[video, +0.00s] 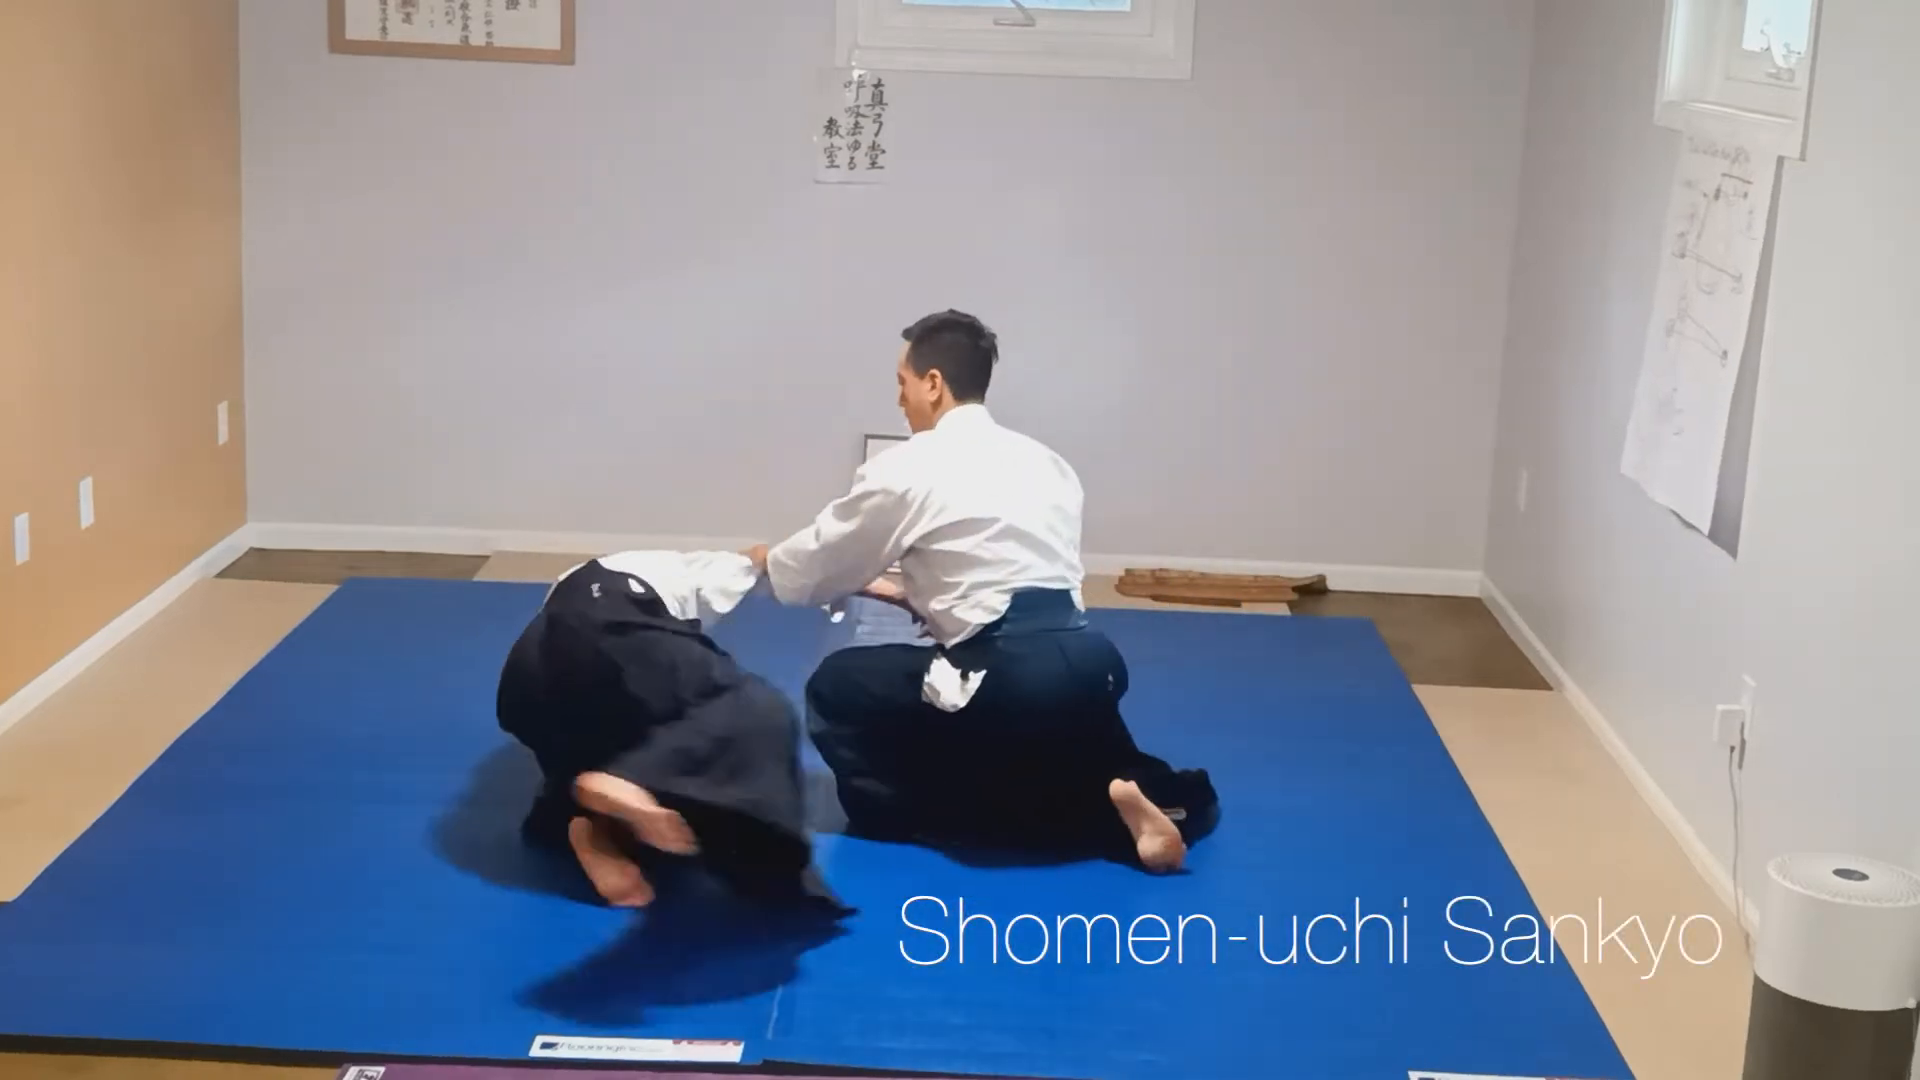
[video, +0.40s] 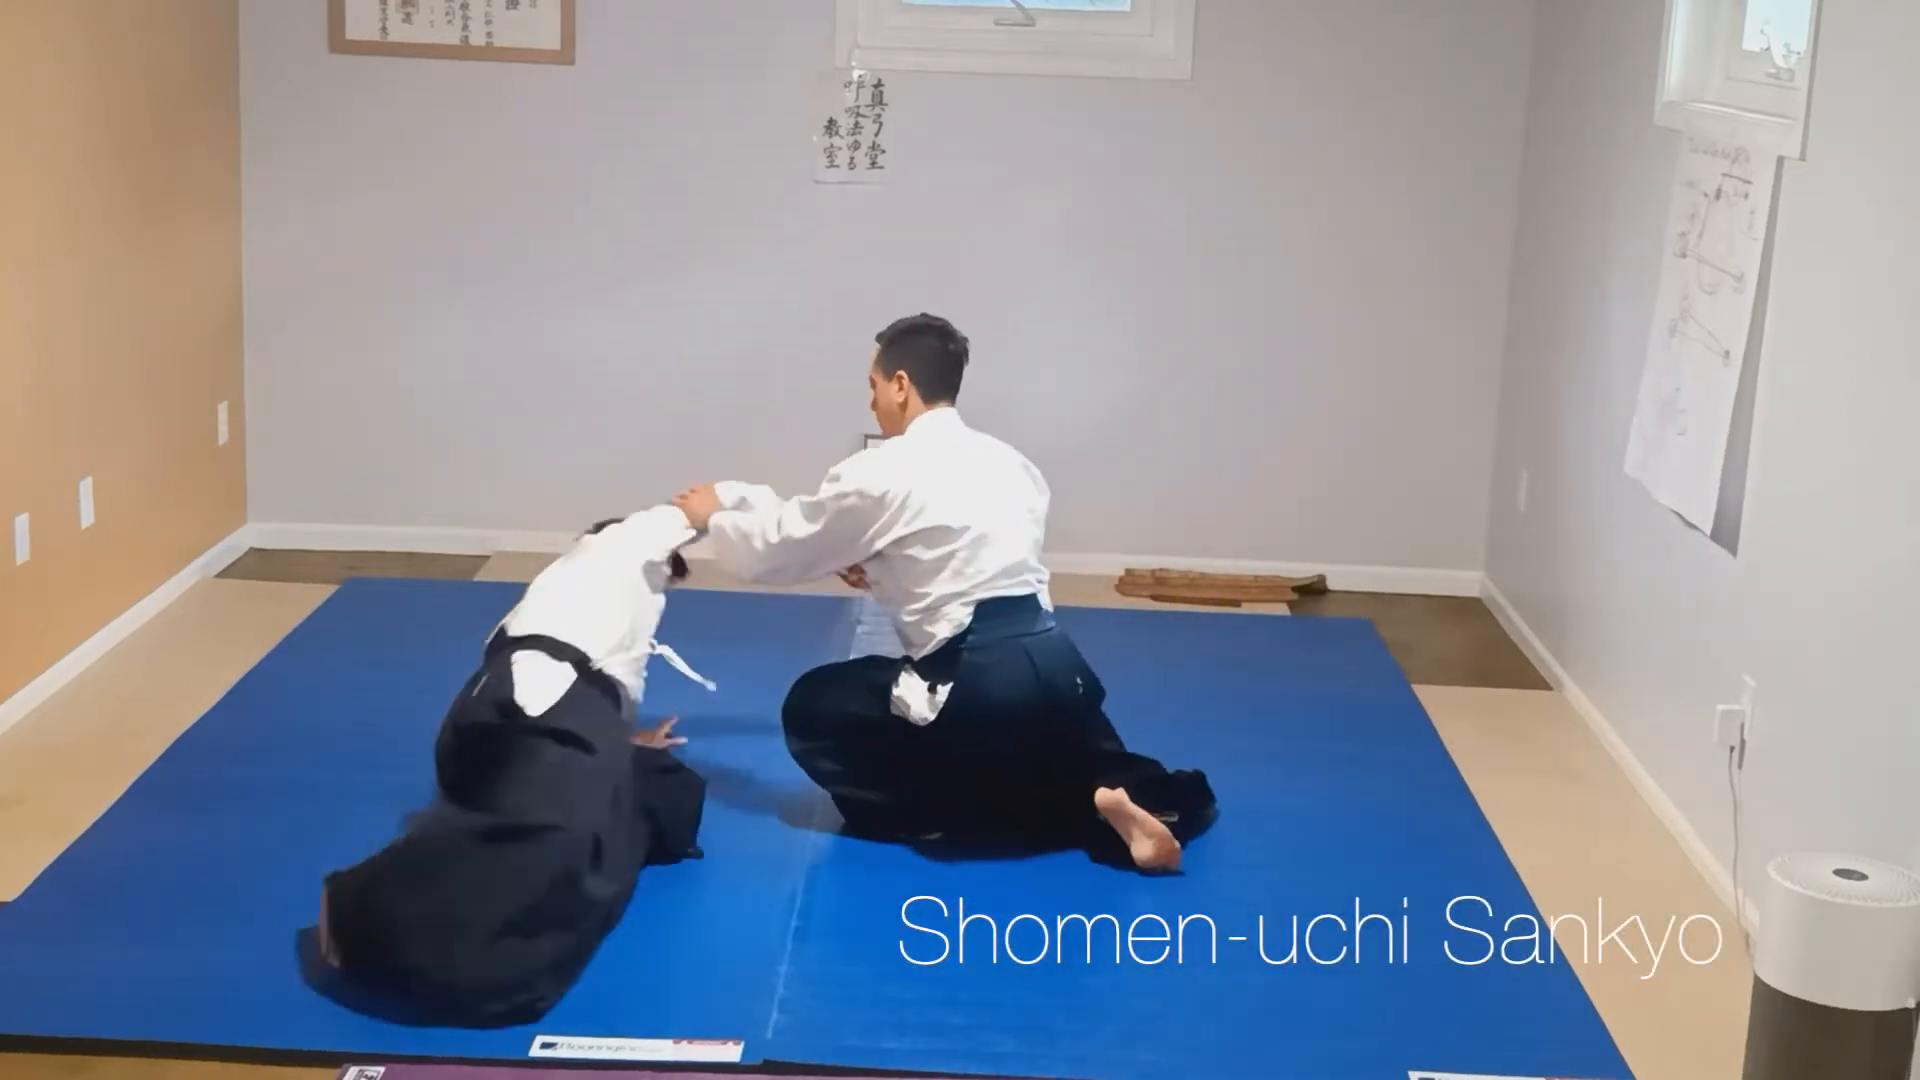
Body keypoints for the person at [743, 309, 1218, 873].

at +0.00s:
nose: (900, 398)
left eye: (903, 383)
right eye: (900, 383)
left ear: (933, 384)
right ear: (977, 387)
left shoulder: (907, 469)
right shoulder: (1051, 464)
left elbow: (809, 568)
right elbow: (1011, 586)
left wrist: (769, 561)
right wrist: (904, 590)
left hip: (997, 675)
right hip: (1089, 664)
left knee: (835, 684)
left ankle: (893, 807)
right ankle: (1151, 802)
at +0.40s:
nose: (870, 399)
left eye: (874, 384)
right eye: (871, 384)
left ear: (902, 387)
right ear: (946, 388)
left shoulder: (882, 477)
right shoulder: (1013, 465)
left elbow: (779, 544)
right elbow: (984, 560)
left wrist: (711, 522)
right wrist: (883, 570)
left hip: (966, 688)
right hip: (1058, 675)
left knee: (813, 706)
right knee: (1109, 765)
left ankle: (922, 816)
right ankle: (1129, 804)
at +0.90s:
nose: (836, 404)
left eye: (837, 389)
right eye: (837, 389)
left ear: (862, 388)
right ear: (909, 391)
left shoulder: (854, 480)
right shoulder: (950, 457)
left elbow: (754, 554)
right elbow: (834, 520)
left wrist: (678, 532)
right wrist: (739, 506)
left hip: (939, 693)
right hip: (1028, 682)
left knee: (788, 739)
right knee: (1097, 763)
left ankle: (918, 808)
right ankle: (1111, 804)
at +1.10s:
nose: (783, 399)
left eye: (781, 385)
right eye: (781, 385)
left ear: (803, 378)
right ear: (857, 373)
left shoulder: (805, 469)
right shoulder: (912, 441)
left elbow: (712, 543)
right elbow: (817, 508)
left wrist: (643, 495)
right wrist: (716, 491)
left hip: (886, 680)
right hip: (973, 659)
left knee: (777, 775)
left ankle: (902, 804)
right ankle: (1068, 811)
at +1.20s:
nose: (747, 395)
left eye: (746, 380)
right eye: (745, 380)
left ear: (770, 372)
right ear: (817, 359)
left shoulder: (777, 457)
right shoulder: (885, 426)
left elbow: (690, 530)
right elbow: (809, 503)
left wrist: (631, 471)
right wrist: (718, 471)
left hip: (873, 665)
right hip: (953, 646)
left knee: (775, 782)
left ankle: (924, 802)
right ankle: (1027, 798)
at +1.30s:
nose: (730, 389)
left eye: (726, 373)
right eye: (726, 374)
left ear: (747, 361)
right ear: (801, 351)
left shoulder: (756, 444)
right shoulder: (868, 411)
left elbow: (676, 513)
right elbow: (806, 492)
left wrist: (630, 453)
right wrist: (709, 459)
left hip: (861, 638)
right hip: (936, 610)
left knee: (772, 782)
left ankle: (905, 802)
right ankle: (994, 779)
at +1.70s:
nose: (708, 380)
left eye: (702, 366)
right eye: (700, 368)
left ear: (728, 344)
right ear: (759, 333)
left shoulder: (740, 414)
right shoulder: (823, 377)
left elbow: (706, 528)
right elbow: (753, 438)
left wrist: (668, 490)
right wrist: (655, 440)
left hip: (851, 592)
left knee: (772, 777)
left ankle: (933, 755)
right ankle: (930, 714)